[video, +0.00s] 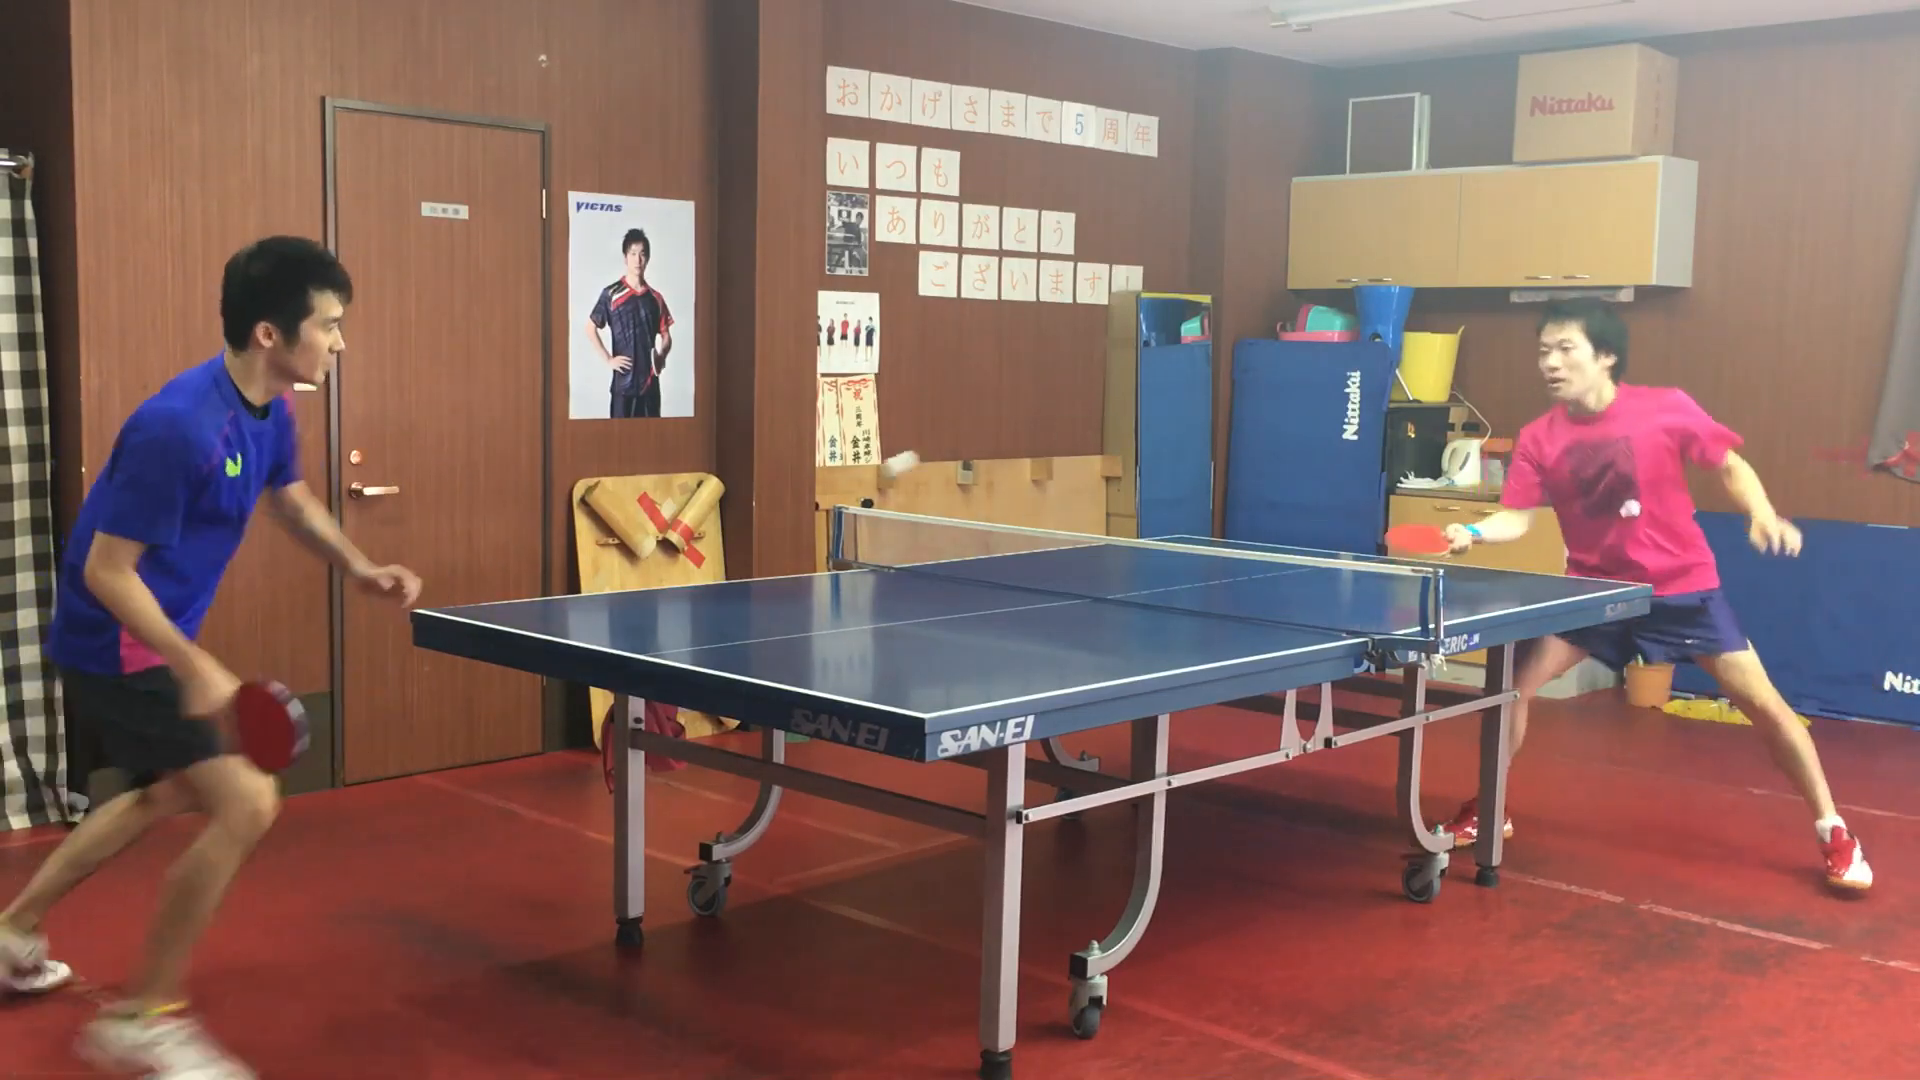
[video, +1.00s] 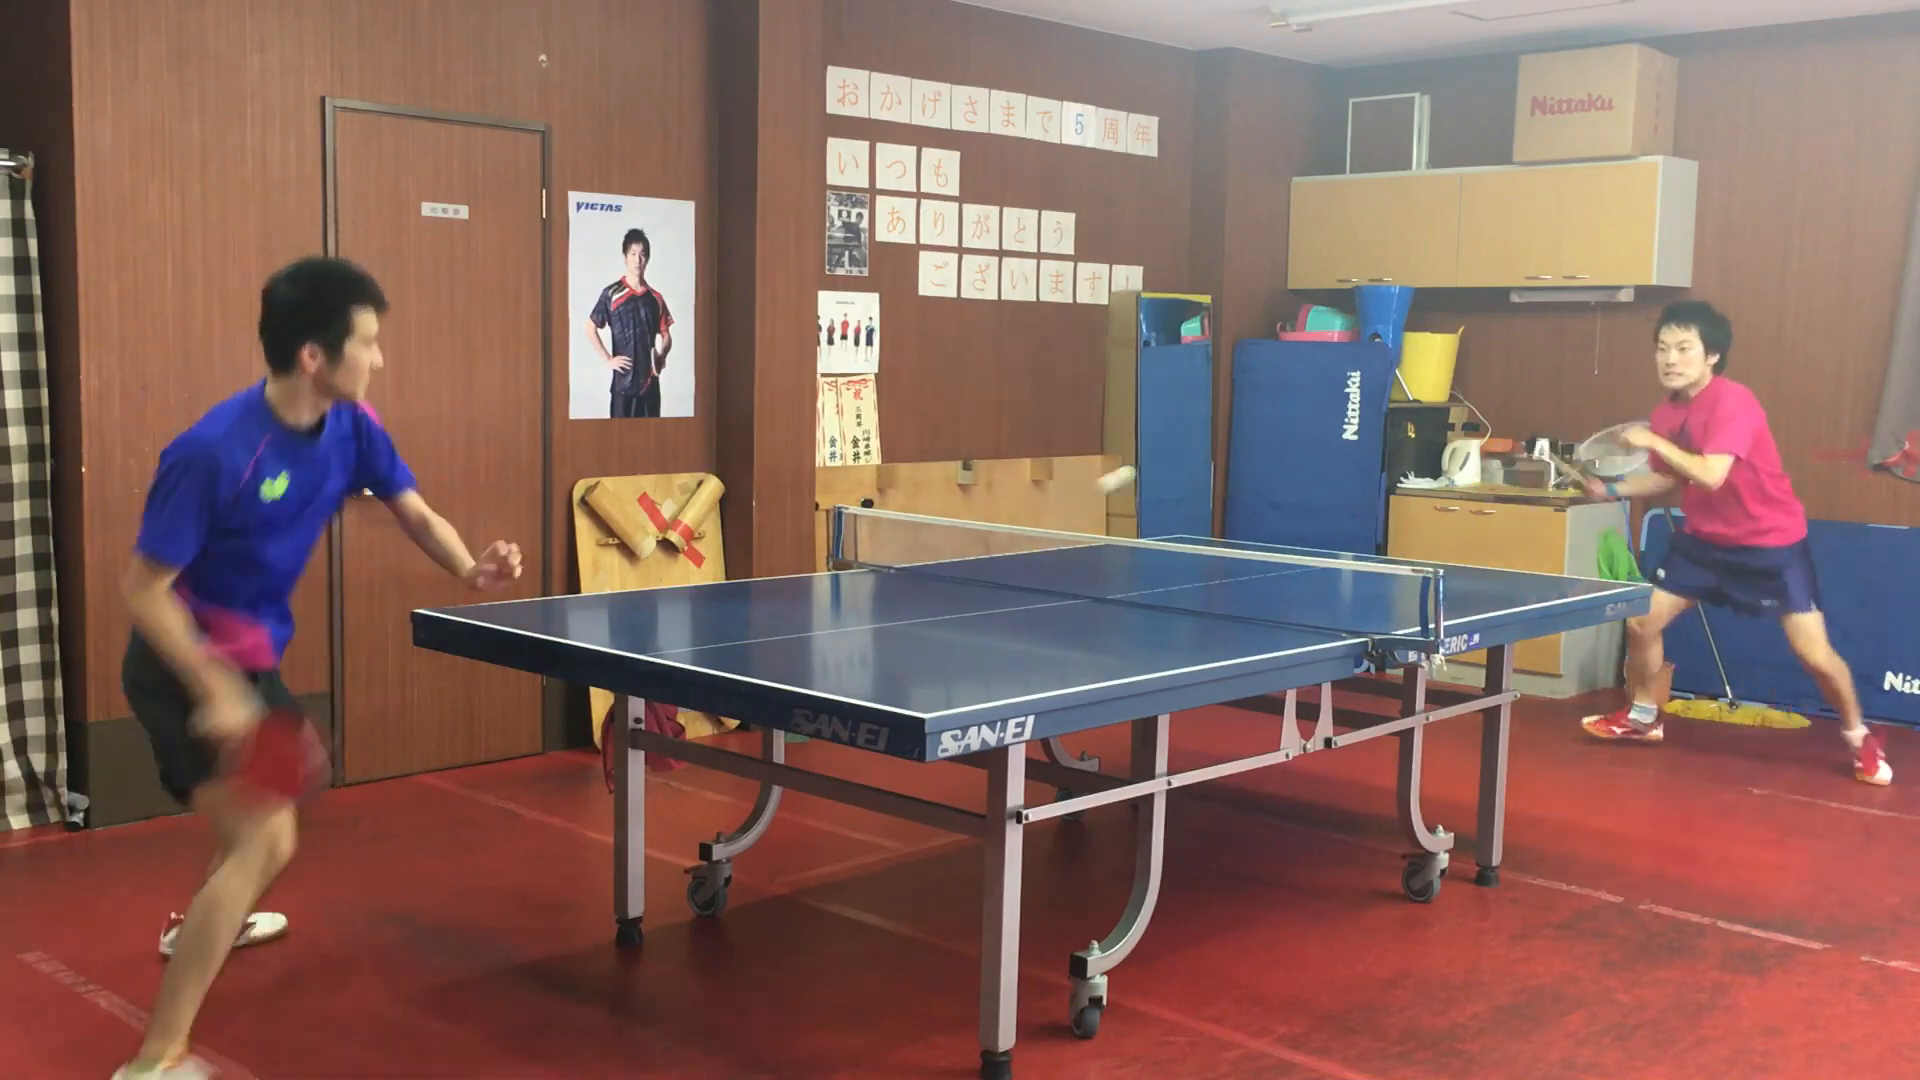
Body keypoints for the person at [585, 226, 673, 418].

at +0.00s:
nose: (639, 259)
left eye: (643, 254)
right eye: (633, 254)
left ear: (648, 258)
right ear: (625, 257)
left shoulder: (655, 297)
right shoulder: (611, 294)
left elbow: (665, 336)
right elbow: (590, 328)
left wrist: (661, 355)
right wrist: (608, 359)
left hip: (649, 379)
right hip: (624, 380)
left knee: (650, 436)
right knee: (622, 436)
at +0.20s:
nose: (639, 259)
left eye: (643, 254)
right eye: (633, 254)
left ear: (648, 258)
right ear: (625, 257)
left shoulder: (655, 297)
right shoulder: (611, 294)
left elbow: (665, 336)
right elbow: (590, 327)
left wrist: (661, 355)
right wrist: (608, 359)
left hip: (649, 379)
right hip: (624, 380)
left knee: (650, 436)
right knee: (622, 436)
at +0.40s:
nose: (639, 259)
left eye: (643, 254)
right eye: (633, 254)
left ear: (648, 258)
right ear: (625, 257)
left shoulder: (655, 298)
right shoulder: (611, 294)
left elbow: (666, 336)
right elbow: (590, 328)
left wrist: (661, 357)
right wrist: (608, 359)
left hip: (650, 380)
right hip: (624, 380)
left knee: (650, 437)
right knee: (622, 437)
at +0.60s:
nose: (638, 260)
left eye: (643, 254)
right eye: (633, 254)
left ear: (648, 258)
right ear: (625, 257)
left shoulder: (655, 298)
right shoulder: (611, 294)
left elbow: (666, 336)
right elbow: (590, 328)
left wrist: (661, 355)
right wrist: (608, 359)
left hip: (650, 380)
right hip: (624, 380)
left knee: (649, 437)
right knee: (622, 438)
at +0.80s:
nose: (639, 259)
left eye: (643, 254)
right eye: (633, 254)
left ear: (648, 258)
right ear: (625, 257)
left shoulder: (655, 298)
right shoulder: (611, 294)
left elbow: (666, 336)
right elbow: (590, 327)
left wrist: (661, 356)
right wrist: (608, 359)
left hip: (650, 380)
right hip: (624, 381)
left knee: (649, 438)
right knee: (622, 438)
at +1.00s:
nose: (639, 260)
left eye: (643, 254)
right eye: (633, 254)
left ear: (648, 258)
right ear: (625, 257)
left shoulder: (655, 297)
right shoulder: (611, 294)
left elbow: (666, 336)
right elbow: (590, 327)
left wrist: (661, 356)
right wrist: (608, 359)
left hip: (650, 380)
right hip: (624, 381)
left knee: (649, 438)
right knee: (622, 438)